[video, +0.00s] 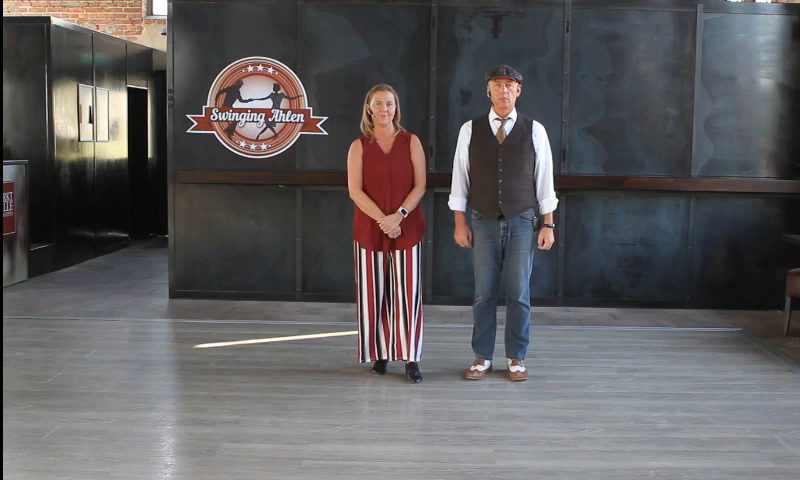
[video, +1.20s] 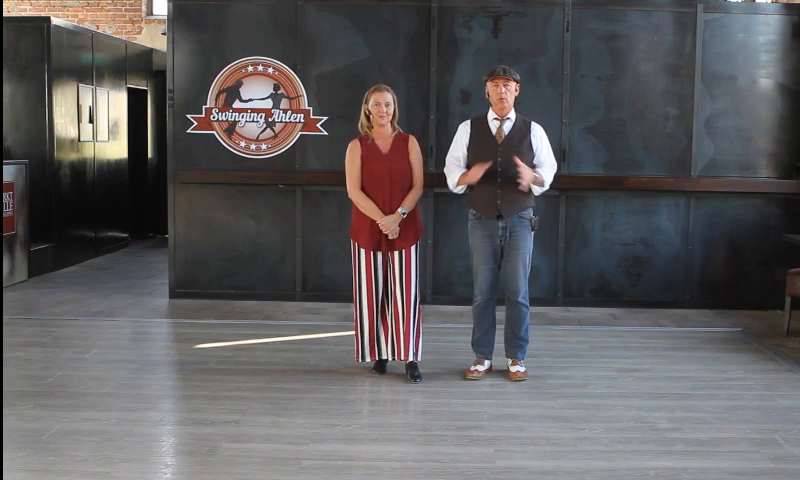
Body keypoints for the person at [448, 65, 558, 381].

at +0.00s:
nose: (505, 92)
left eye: (510, 87)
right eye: (499, 86)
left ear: (518, 92)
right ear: (489, 90)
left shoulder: (534, 131)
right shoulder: (470, 130)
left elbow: (545, 178)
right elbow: (460, 176)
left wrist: (548, 223)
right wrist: (459, 221)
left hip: (522, 222)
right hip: (482, 222)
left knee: (518, 293)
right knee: (484, 293)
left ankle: (517, 359)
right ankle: (481, 358)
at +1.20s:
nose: (503, 92)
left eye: (508, 87)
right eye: (497, 87)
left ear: (516, 91)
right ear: (487, 90)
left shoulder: (533, 131)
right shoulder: (468, 129)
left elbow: (547, 174)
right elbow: (451, 174)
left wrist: (532, 176)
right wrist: (468, 176)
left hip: (520, 219)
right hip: (481, 220)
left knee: (517, 292)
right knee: (483, 292)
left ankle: (516, 359)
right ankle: (482, 358)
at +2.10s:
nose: (500, 90)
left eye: (506, 85)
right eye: (494, 85)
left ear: (514, 91)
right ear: (485, 91)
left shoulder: (531, 128)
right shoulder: (467, 128)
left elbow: (544, 171)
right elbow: (455, 169)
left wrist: (514, 174)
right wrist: (486, 176)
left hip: (519, 219)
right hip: (481, 219)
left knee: (516, 291)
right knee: (483, 291)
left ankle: (516, 358)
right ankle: (482, 358)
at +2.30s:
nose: (499, 90)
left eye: (505, 85)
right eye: (494, 85)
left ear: (515, 91)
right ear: (486, 91)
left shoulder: (532, 129)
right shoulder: (467, 128)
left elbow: (547, 171)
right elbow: (452, 171)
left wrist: (520, 172)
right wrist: (482, 169)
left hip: (519, 219)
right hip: (480, 219)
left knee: (516, 291)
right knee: (483, 291)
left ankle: (516, 358)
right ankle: (482, 358)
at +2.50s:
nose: (499, 91)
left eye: (504, 85)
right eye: (493, 86)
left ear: (515, 90)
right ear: (486, 91)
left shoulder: (532, 130)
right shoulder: (469, 128)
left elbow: (548, 177)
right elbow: (451, 175)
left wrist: (534, 173)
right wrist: (462, 174)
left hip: (520, 219)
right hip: (481, 220)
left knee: (517, 292)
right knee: (483, 292)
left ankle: (516, 359)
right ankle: (482, 358)